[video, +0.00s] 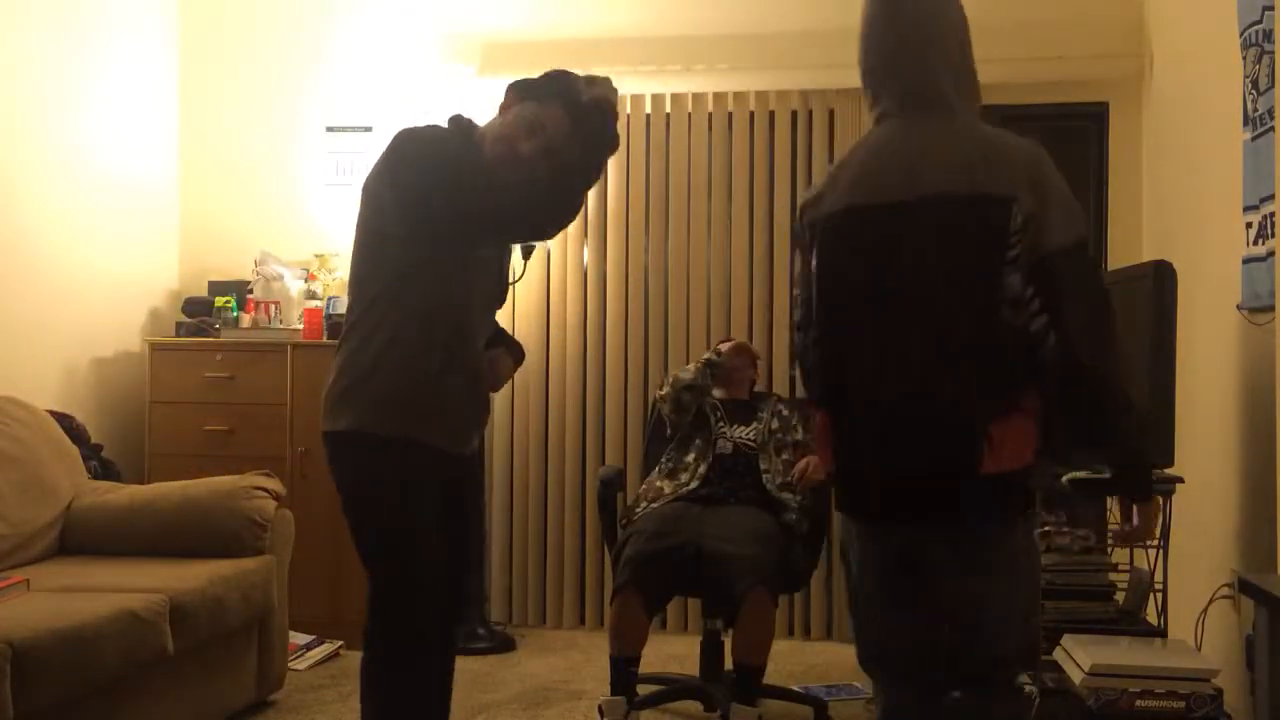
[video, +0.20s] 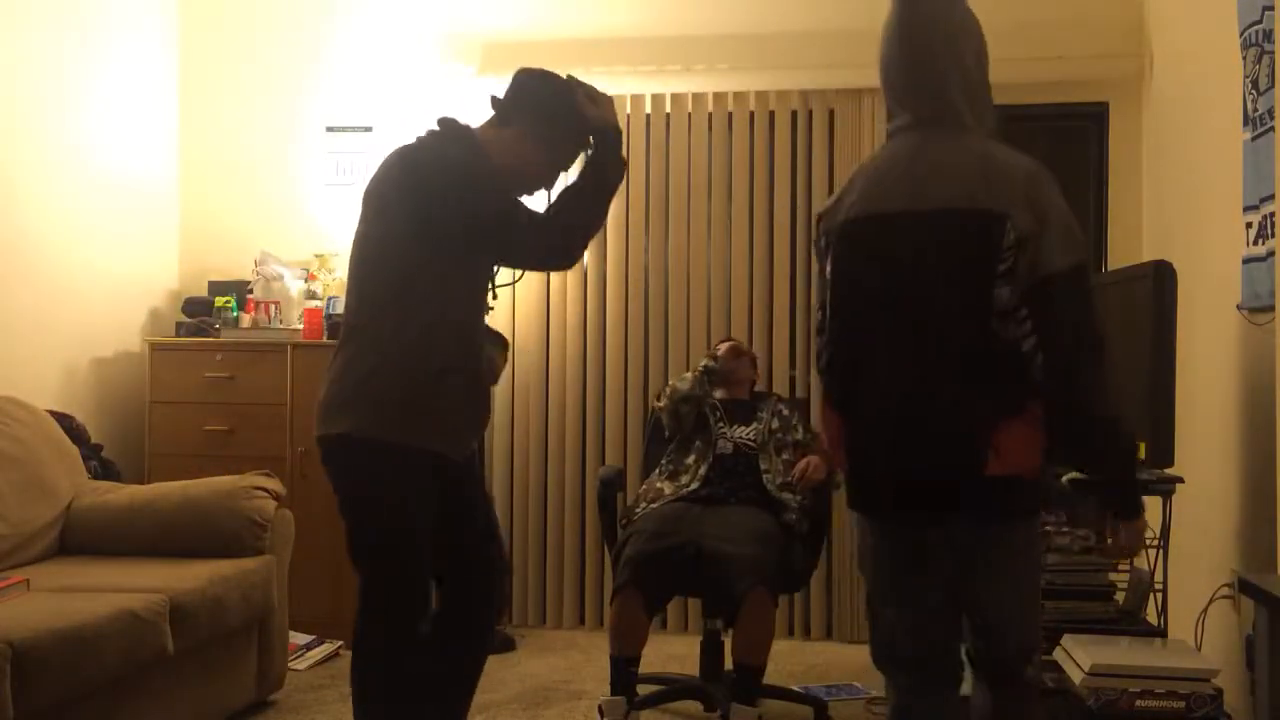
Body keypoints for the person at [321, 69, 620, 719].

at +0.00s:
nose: (529, 152)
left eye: (546, 152)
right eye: (531, 129)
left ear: (551, 162)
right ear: (507, 105)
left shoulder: (480, 193)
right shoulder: (425, 149)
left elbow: (466, 309)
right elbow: (540, 210)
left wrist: (506, 346)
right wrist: (602, 125)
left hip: (441, 432)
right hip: (388, 427)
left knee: (432, 619)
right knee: (410, 618)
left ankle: (421, 714)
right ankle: (397, 713)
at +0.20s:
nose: (542, 182)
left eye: (552, 171)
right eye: (549, 165)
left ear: (508, 125)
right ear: (522, 132)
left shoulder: (453, 176)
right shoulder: (437, 167)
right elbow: (554, 245)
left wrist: (476, 340)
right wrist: (609, 147)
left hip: (431, 431)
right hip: (385, 430)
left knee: (477, 585)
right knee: (395, 599)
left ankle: (434, 712)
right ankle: (389, 714)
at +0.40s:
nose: (537, 176)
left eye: (547, 164)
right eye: (542, 159)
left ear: (493, 122)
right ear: (509, 130)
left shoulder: (419, 171)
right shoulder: (452, 178)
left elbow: (546, 260)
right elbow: (558, 259)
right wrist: (595, 160)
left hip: (387, 427)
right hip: (408, 433)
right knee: (446, 588)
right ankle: (415, 712)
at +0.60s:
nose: (519, 166)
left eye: (527, 155)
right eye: (523, 151)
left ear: (471, 115)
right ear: (501, 129)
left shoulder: (375, 178)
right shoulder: (470, 173)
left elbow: (336, 308)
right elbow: (552, 259)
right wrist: (563, 154)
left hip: (375, 417)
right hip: (433, 422)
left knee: (406, 606)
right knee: (424, 611)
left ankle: (387, 713)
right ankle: (400, 715)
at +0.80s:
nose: (504, 167)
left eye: (509, 155)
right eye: (504, 153)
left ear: (453, 121)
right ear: (485, 136)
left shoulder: (358, 192)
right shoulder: (459, 181)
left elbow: (332, 310)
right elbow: (538, 261)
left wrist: (397, 344)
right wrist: (538, 162)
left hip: (383, 423)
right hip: (443, 423)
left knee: (427, 598)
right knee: (441, 606)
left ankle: (403, 712)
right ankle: (407, 713)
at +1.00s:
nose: (492, 164)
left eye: (493, 152)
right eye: (492, 152)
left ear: (439, 128)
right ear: (476, 141)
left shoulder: (352, 202)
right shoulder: (454, 196)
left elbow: (334, 317)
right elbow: (533, 261)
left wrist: (397, 340)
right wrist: (522, 158)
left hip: (385, 424)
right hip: (450, 425)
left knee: (417, 587)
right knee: (459, 600)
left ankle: (397, 708)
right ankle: (429, 711)